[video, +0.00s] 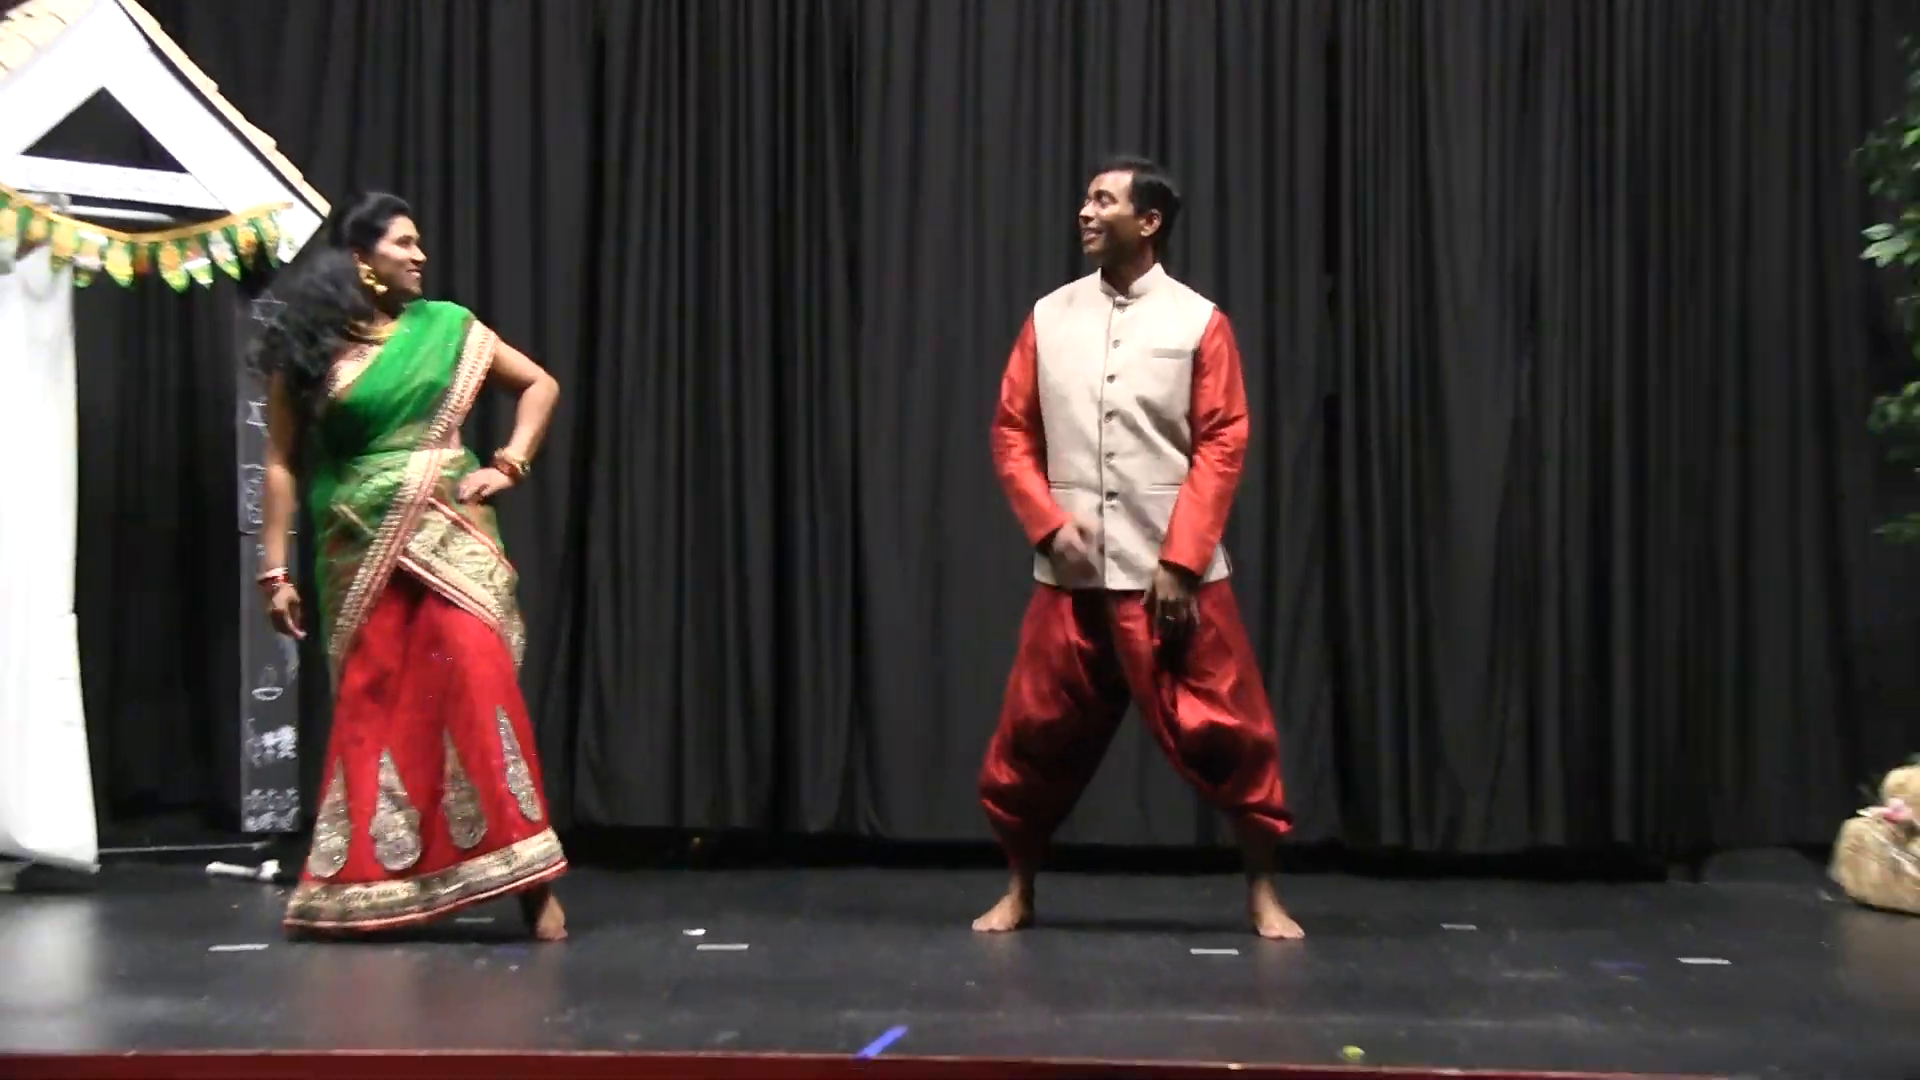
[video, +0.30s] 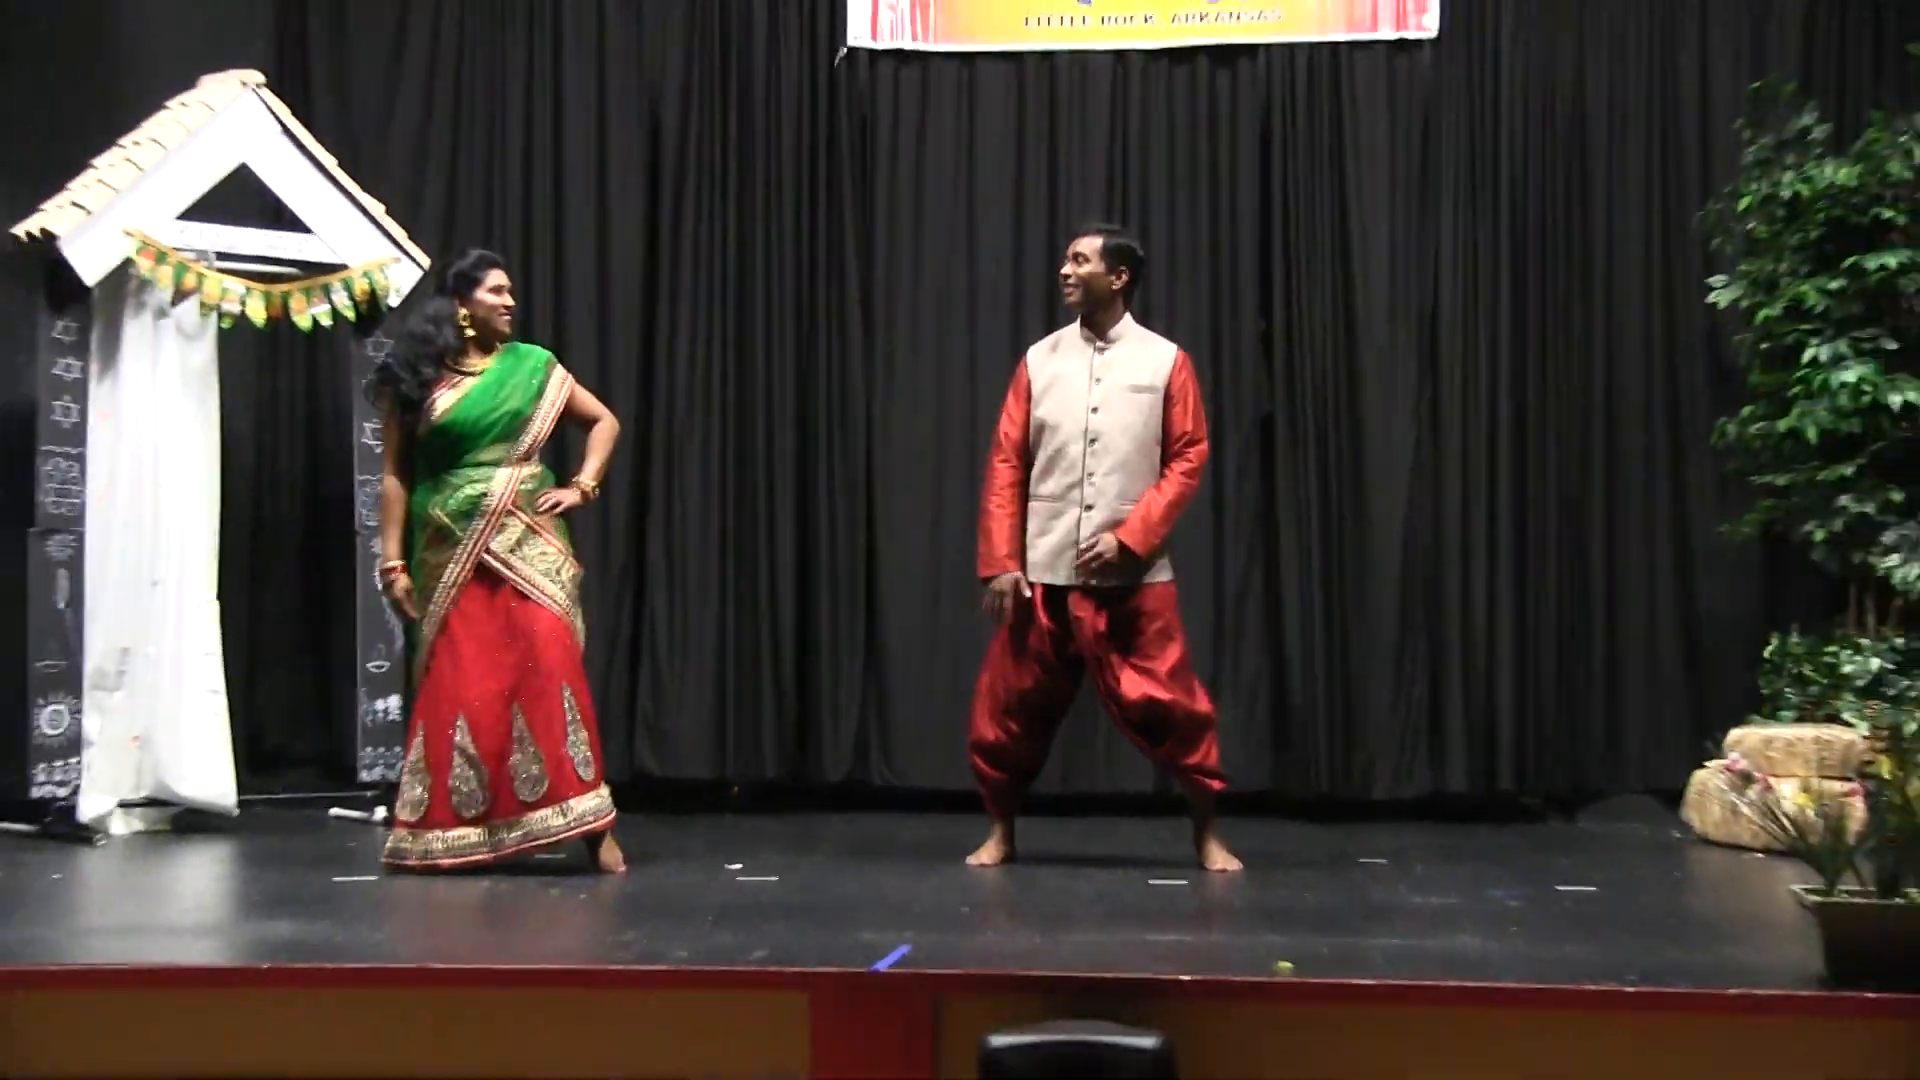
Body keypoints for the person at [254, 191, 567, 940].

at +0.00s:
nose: (419, 256)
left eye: (420, 244)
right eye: (403, 243)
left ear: (416, 256)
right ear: (358, 253)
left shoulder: (448, 325)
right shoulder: (306, 344)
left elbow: (539, 384)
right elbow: (281, 459)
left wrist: (511, 461)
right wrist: (275, 569)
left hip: (452, 531)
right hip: (362, 544)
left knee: (480, 688)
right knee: (369, 704)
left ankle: (535, 880)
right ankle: (375, 891)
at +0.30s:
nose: (510, 302)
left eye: (512, 293)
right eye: (497, 292)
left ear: (511, 302)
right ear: (460, 302)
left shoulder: (535, 365)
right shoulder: (415, 375)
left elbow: (605, 421)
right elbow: (395, 471)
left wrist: (582, 484)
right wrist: (390, 562)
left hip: (531, 539)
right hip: (452, 548)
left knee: (553, 674)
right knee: (458, 687)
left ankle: (596, 825)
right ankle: (464, 838)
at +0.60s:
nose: (504, 292)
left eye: (514, 283)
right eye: (491, 284)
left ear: (530, 300)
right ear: (469, 303)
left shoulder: (563, 365)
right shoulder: (448, 375)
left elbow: (635, 421)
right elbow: (394, 460)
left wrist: (675, 480)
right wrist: (326, 507)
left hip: (542, 539)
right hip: (467, 541)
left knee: (542, 676)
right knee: (475, 676)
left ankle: (542, 824)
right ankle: (465, 824)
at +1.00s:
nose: (521, 305)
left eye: (533, 296)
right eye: (510, 297)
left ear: (552, 310)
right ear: (493, 312)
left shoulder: (582, 382)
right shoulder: (469, 380)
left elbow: (621, 467)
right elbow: (431, 469)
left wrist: (600, 534)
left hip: (563, 545)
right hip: (490, 543)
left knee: (554, 681)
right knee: (492, 675)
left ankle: (542, 828)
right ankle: (461, 831)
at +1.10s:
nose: (520, 310)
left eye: (532, 301)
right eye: (509, 302)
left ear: (552, 317)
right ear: (492, 318)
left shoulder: (584, 383)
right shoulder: (466, 384)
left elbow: (597, 461)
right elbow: (451, 464)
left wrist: (538, 442)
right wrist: (491, 438)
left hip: (563, 550)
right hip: (487, 550)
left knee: (558, 673)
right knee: (478, 672)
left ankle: (557, 827)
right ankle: (463, 832)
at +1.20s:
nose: (513, 310)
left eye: (526, 302)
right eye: (501, 304)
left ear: (544, 322)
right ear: (489, 326)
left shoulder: (568, 382)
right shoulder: (477, 394)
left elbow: (597, 406)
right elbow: (434, 388)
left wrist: (576, 342)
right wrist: (443, 322)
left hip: (561, 538)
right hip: (489, 536)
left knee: (555, 667)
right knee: (469, 659)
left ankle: (561, 821)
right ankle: (445, 812)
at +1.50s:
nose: (484, 272)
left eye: (495, 264)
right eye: (471, 264)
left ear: (514, 281)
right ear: (450, 282)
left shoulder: (543, 329)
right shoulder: (430, 344)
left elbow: (641, 329)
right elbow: (335, 328)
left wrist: (639, 370)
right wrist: (361, 258)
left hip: (551, 510)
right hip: (468, 519)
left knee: (605, 643)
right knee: (467, 667)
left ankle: (652, 809)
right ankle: (475, 834)